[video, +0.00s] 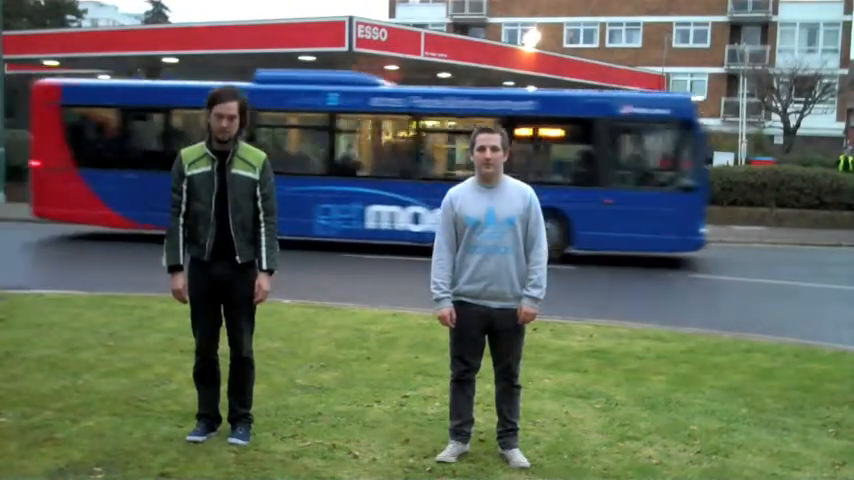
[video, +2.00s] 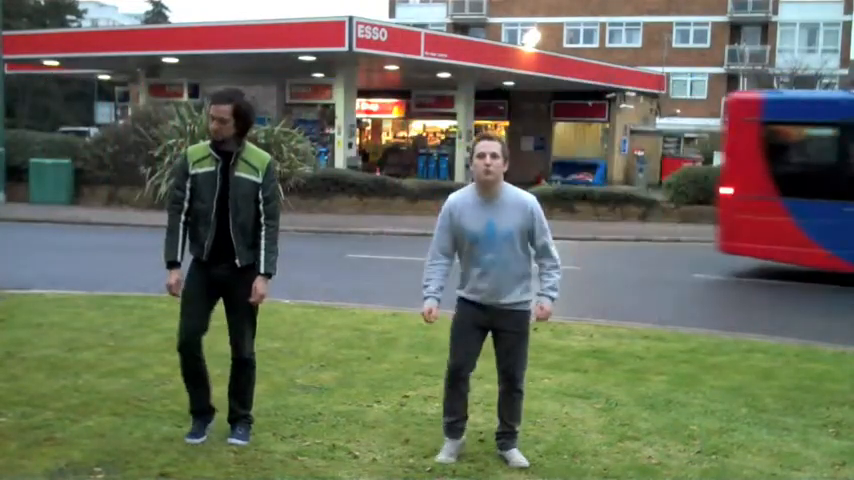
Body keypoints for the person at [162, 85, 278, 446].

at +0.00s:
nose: (225, 124)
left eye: (232, 118)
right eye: (219, 117)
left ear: (241, 120)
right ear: (208, 118)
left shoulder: (257, 162)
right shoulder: (187, 159)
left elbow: (267, 218)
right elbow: (176, 216)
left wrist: (266, 270)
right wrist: (176, 269)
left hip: (242, 270)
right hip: (201, 269)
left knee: (241, 350)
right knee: (204, 349)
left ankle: (241, 421)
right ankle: (206, 419)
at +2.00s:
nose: (214, 125)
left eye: (221, 120)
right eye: (211, 119)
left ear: (240, 123)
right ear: (207, 118)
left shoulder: (262, 165)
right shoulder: (191, 158)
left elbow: (270, 222)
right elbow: (176, 213)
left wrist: (264, 274)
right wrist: (173, 265)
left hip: (243, 272)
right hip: (201, 268)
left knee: (243, 350)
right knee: (187, 340)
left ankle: (241, 421)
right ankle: (201, 414)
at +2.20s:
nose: (214, 126)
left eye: (221, 121)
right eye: (212, 120)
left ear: (241, 124)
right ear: (209, 120)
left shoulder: (263, 165)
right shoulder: (194, 159)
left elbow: (270, 223)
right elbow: (178, 212)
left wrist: (264, 275)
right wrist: (173, 265)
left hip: (243, 272)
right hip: (202, 269)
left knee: (242, 350)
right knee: (194, 345)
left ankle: (241, 421)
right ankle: (204, 419)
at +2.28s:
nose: (214, 126)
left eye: (221, 121)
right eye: (212, 120)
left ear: (241, 124)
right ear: (209, 120)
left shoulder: (263, 165)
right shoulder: (193, 158)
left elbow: (270, 223)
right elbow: (178, 212)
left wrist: (264, 274)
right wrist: (173, 265)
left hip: (243, 272)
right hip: (202, 269)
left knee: (242, 350)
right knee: (192, 344)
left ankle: (240, 421)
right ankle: (203, 417)